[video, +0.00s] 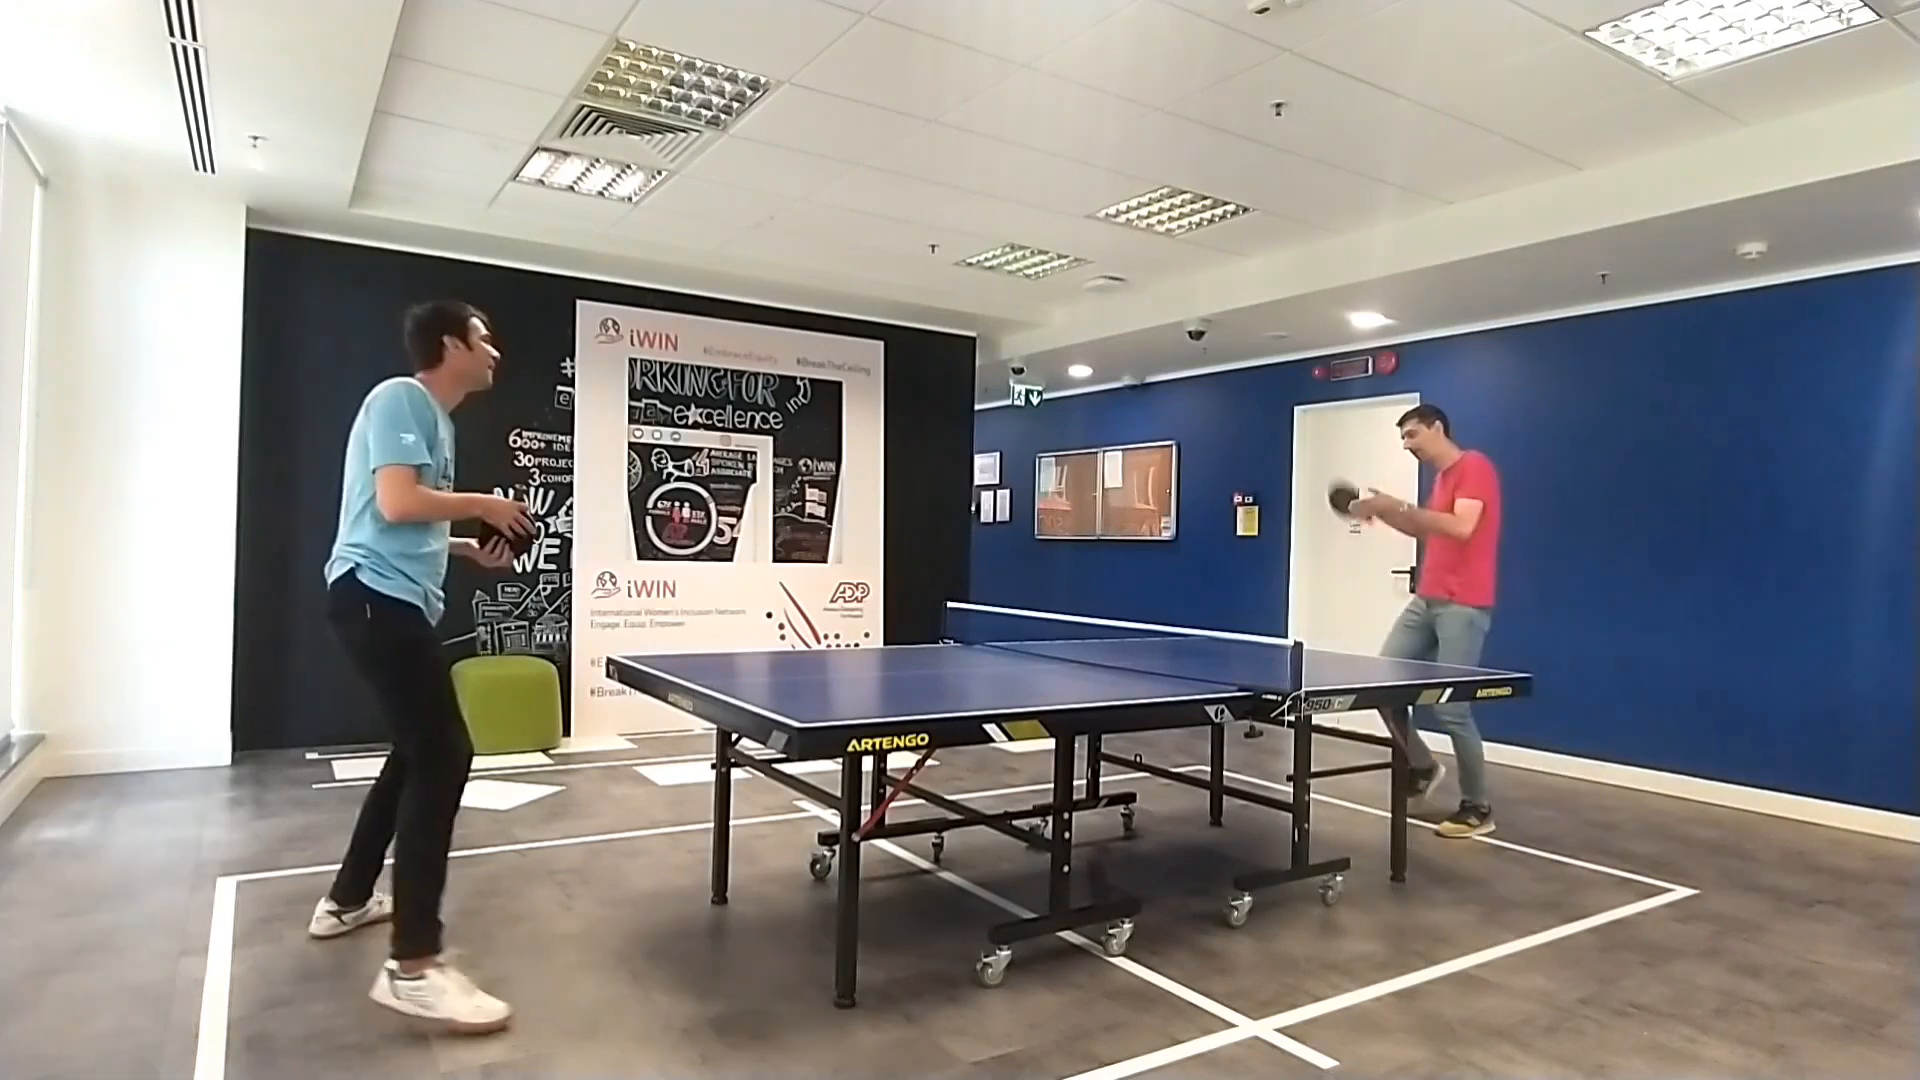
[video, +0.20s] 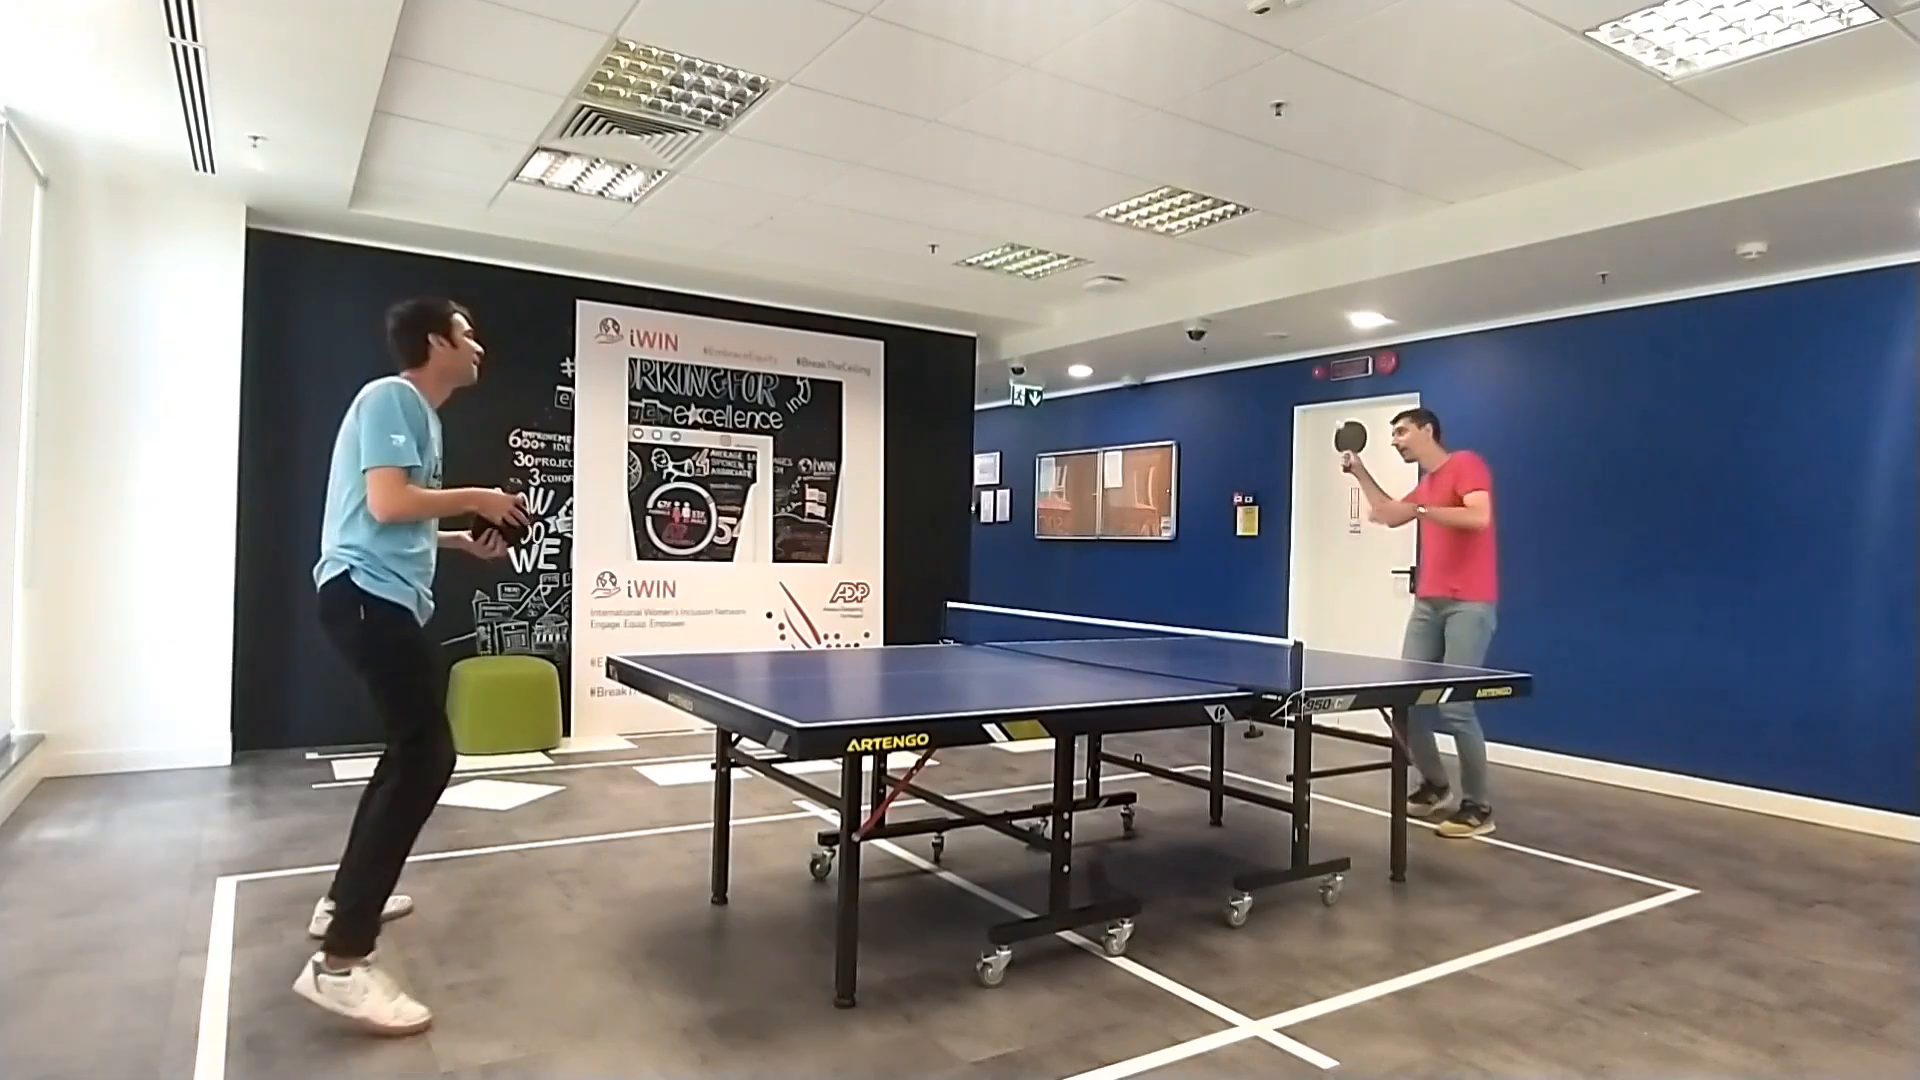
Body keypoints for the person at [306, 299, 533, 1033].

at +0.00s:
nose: (496, 353)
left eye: (491, 341)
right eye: (485, 340)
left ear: (452, 349)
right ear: (450, 346)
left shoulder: (434, 427)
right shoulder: (399, 398)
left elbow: (410, 522)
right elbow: (397, 500)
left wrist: (469, 548)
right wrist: (482, 504)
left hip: (402, 605)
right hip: (373, 597)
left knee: (416, 748)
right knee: (445, 755)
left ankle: (348, 899)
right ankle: (414, 966)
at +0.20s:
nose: (479, 349)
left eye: (475, 337)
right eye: (469, 336)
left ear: (439, 347)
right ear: (436, 343)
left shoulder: (421, 423)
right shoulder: (390, 397)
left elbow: (402, 518)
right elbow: (389, 501)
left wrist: (462, 538)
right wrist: (477, 498)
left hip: (390, 603)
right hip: (363, 595)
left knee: (413, 748)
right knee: (429, 757)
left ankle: (348, 900)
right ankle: (339, 964)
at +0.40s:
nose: (483, 360)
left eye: (477, 348)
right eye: (473, 347)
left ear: (431, 356)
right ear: (442, 353)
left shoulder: (399, 420)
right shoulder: (403, 411)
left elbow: (388, 532)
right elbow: (403, 516)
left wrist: (452, 561)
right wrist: (482, 505)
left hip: (363, 612)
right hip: (351, 612)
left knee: (402, 765)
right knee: (420, 780)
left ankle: (349, 901)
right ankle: (323, 987)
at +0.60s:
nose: (490, 379)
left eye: (488, 368)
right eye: (482, 367)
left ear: (436, 371)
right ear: (450, 370)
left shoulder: (394, 429)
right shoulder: (401, 428)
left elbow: (377, 540)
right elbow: (395, 531)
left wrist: (429, 581)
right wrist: (488, 525)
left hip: (347, 621)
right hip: (345, 622)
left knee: (403, 768)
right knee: (434, 788)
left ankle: (343, 905)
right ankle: (326, 986)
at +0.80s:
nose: (503, 382)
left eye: (504, 370)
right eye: (497, 369)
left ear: (454, 371)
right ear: (462, 370)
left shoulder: (421, 440)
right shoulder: (399, 423)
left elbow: (379, 533)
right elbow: (375, 525)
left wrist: (421, 573)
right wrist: (483, 540)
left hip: (363, 623)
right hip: (338, 621)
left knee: (401, 768)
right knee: (429, 785)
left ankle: (344, 907)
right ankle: (326, 988)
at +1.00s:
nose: (525, 396)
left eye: (528, 383)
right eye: (521, 381)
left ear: (481, 381)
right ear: (479, 376)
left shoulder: (450, 448)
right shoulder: (395, 430)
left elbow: (404, 528)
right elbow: (327, 544)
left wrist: (460, 561)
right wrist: (416, 620)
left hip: (369, 624)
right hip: (327, 622)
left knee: (406, 766)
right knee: (414, 780)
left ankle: (346, 903)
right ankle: (324, 988)